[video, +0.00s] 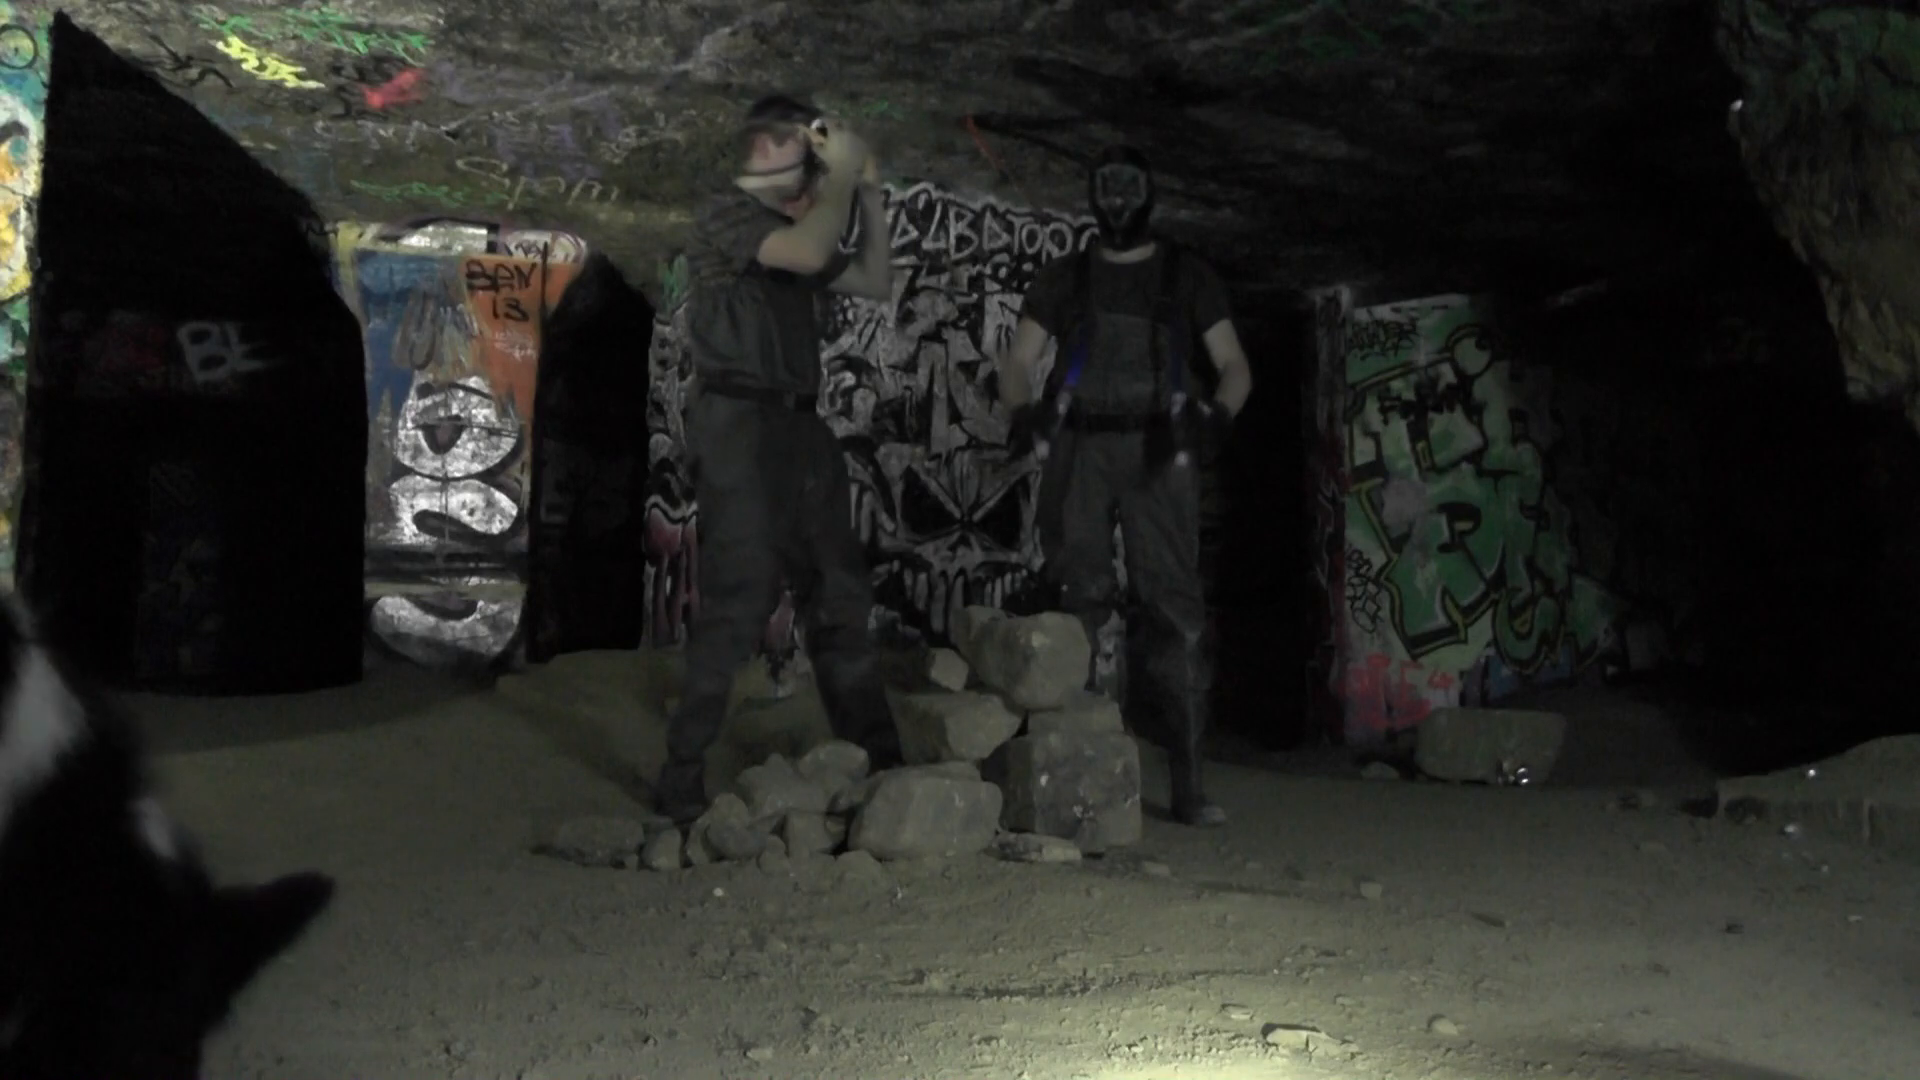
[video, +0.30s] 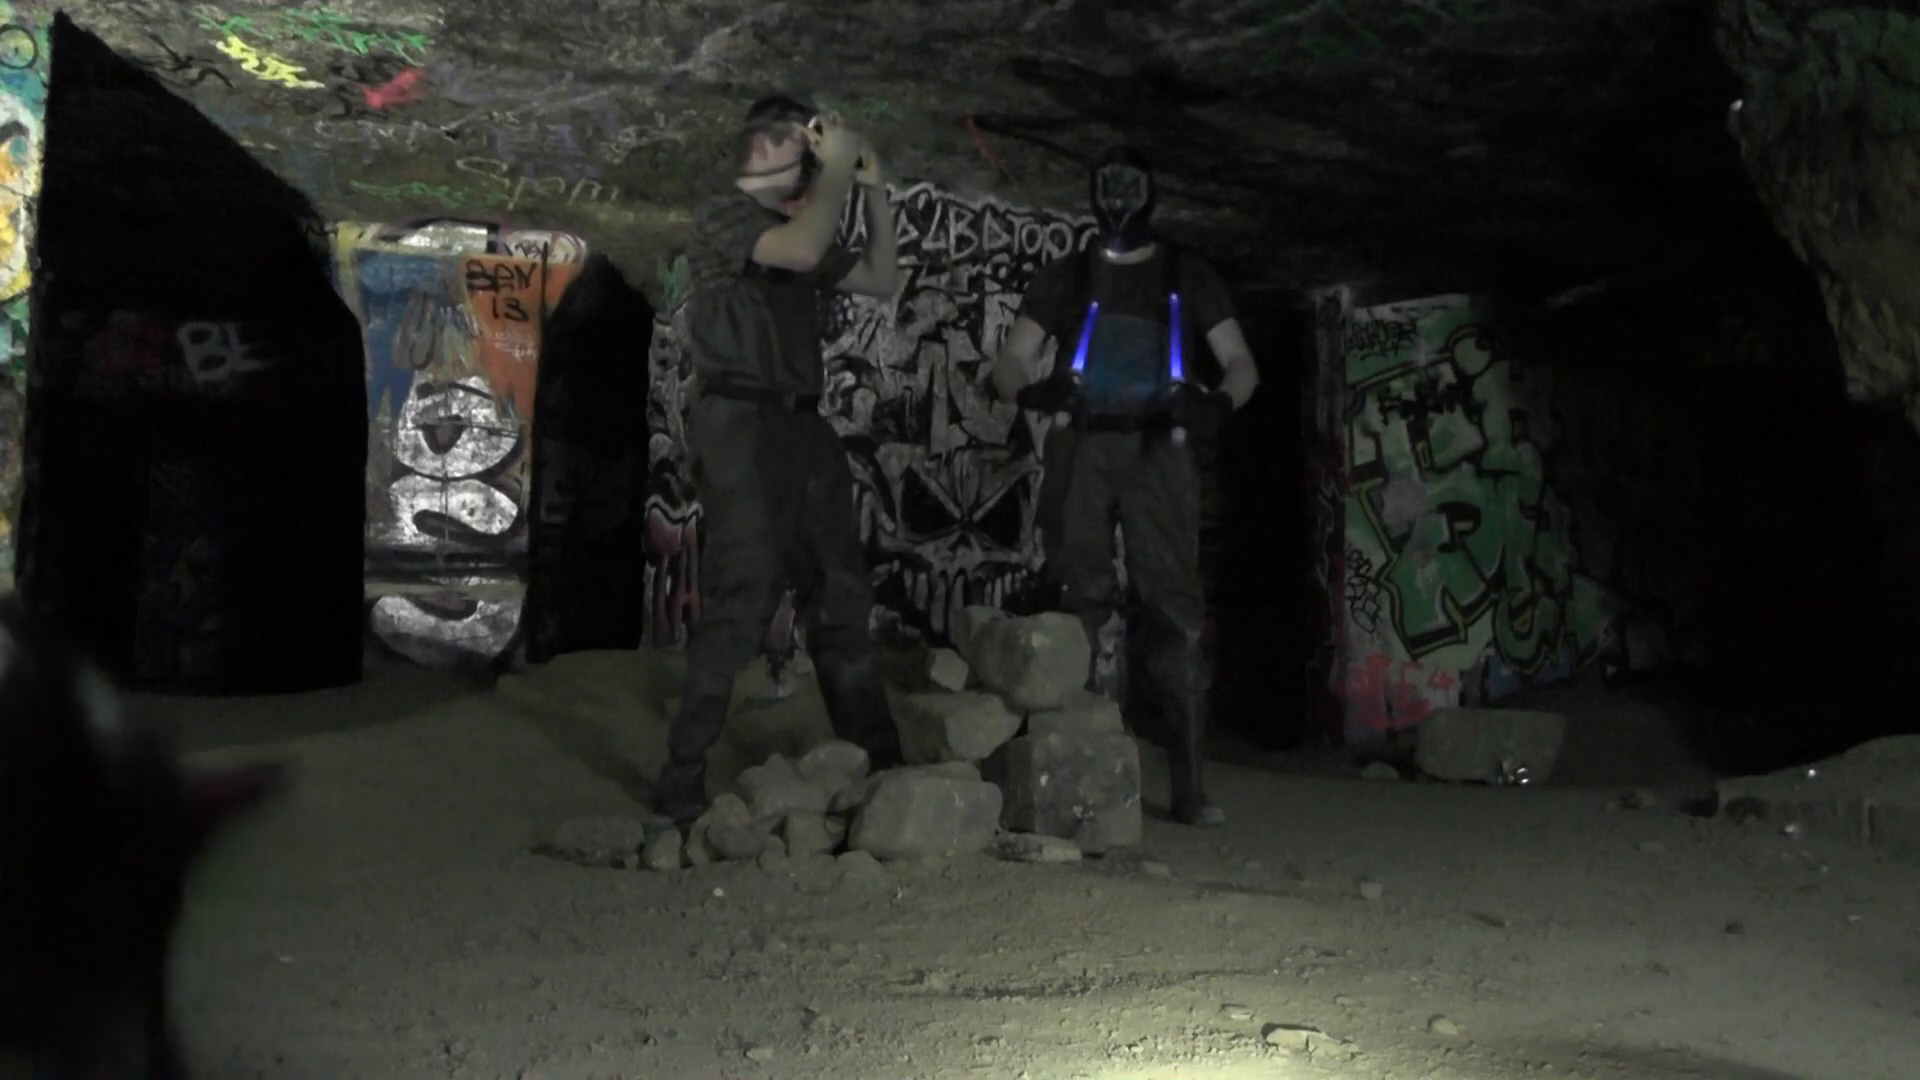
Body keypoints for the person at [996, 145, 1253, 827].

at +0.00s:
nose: (1118, 203)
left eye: (1128, 189)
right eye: (1107, 189)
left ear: (1149, 195)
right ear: (1091, 196)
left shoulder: (1186, 275)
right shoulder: (1065, 275)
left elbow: (1236, 372)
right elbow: (1018, 366)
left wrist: (1208, 427)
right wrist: (1027, 421)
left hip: (1164, 463)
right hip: (1079, 462)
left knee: (1174, 616)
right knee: (1073, 611)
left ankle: (1186, 782)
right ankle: (1070, 780)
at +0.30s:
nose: (1119, 204)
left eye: (1131, 189)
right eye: (1107, 190)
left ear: (1151, 196)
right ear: (1092, 198)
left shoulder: (1187, 276)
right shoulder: (1066, 276)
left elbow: (1243, 369)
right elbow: (1007, 368)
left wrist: (1215, 403)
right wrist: (1032, 390)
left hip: (1163, 462)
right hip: (1081, 462)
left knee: (1174, 616)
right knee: (1076, 612)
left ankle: (1186, 786)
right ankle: (1070, 782)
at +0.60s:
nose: (1119, 205)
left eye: (1130, 190)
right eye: (1109, 191)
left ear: (1148, 197)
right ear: (1095, 198)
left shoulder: (1189, 277)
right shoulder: (1066, 277)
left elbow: (1245, 370)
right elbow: (1009, 367)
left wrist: (1212, 409)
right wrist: (1038, 397)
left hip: (1166, 463)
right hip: (1083, 461)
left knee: (1177, 615)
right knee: (1079, 613)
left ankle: (1187, 786)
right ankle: (1075, 783)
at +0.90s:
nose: (1121, 198)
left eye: (1133, 184)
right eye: (1110, 185)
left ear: (1154, 193)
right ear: (1096, 194)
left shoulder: (1190, 275)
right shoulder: (1068, 275)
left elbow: (1248, 369)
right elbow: (1008, 363)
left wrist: (1215, 409)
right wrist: (1033, 397)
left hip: (1168, 463)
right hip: (1085, 462)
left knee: (1178, 615)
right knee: (1083, 613)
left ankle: (1188, 788)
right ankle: (1081, 785)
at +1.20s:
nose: (1124, 199)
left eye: (1136, 185)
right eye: (1113, 185)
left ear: (1155, 194)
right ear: (1097, 195)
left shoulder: (1191, 274)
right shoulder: (1069, 275)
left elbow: (1249, 367)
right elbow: (1009, 360)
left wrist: (1216, 406)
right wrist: (1032, 398)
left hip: (1169, 463)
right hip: (1087, 462)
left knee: (1180, 615)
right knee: (1084, 612)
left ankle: (1188, 788)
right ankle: (1082, 784)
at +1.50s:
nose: (1125, 200)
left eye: (1137, 186)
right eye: (1114, 186)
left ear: (1157, 195)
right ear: (1099, 195)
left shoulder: (1192, 273)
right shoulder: (1070, 273)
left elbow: (1250, 368)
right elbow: (1007, 362)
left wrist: (1214, 406)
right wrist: (1038, 397)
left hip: (1170, 460)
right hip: (1088, 459)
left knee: (1180, 615)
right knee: (1085, 612)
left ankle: (1187, 788)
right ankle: (1082, 784)